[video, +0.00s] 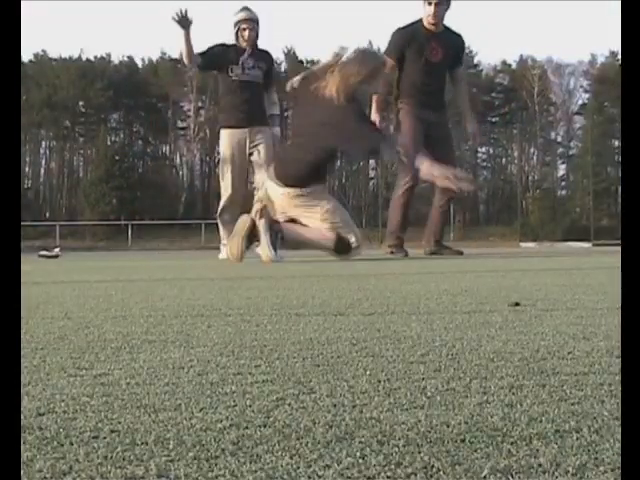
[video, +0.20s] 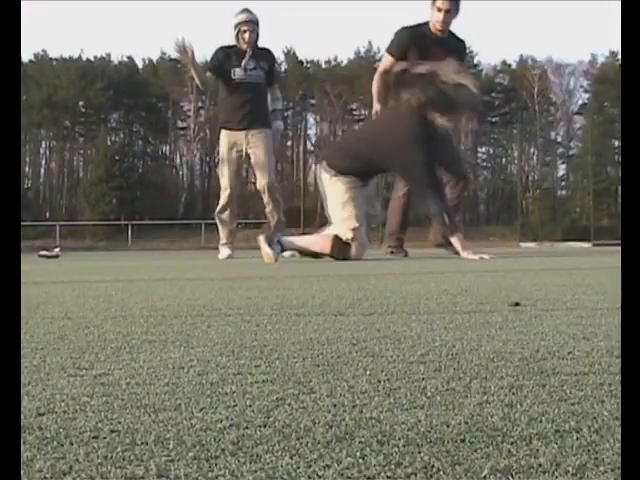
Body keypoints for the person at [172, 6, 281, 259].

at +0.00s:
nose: (248, 32)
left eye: (251, 28)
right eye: (243, 28)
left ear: (257, 30)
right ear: (237, 31)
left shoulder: (266, 58)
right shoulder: (223, 52)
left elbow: (271, 95)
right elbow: (191, 62)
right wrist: (186, 32)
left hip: (261, 129)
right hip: (231, 130)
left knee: (266, 187)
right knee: (231, 190)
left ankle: (266, 242)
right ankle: (228, 245)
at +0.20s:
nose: (247, 34)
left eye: (251, 30)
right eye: (243, 30)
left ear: (258, 32)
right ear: (236, 33)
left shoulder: (267, 57)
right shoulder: (223, 54)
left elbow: (274, 91)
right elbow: (205, 83)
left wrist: (278, 119)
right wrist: (192, 65)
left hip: (259, 131)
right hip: (230, 131)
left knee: (267, 184)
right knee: (227, 190)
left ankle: (278, 239)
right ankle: (225, 244)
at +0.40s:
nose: (252, 37)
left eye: (255, 32)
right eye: (247, 33)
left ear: (262, 33)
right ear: (240, 36)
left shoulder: (275, 56)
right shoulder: (230, 63)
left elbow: (289, 87)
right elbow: (224, 97)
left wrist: (295, 100)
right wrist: (212, 111)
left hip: (269, 132)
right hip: (238, 131)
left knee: (277, 188)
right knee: (233, 190)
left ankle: (281, 243)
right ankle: (226, 244)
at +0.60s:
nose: (263, 38)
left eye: (266, 34)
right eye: (258, 35)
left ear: (272, 35)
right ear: (250, 37)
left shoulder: (286, 55)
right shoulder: (242, 68)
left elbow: (315, 70)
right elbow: (236, 106)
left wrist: (322, 96)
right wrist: (228, 139)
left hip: (282, 136)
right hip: (251, 136)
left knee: (282, 192)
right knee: (242, 190)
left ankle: (281, 244)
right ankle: (229, 244)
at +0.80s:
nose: (274, 40)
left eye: (277, 36)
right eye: (269, 36)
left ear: (283, 38)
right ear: (261, 38)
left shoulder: (294, 59)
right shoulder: (248, 65)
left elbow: (327, 70)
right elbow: (233, 99)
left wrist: (340, 91)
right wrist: (231, 134)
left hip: (292, 136)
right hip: (263, 135)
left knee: (288, 192)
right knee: (254, 189)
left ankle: (282, 244)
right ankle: (242, 243)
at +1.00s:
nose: (283, 43)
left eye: (286, 38)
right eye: (278, 39)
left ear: (292, 39)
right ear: (271, 41)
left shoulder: (302, 62)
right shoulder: (255, 62)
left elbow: (329, 75)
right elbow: (227, 82)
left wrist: (351, 82)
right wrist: (211, 110)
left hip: (295, 137)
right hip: (268, 136)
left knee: (290, 192)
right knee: (260, 187)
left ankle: (282, 244)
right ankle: (245, 242)